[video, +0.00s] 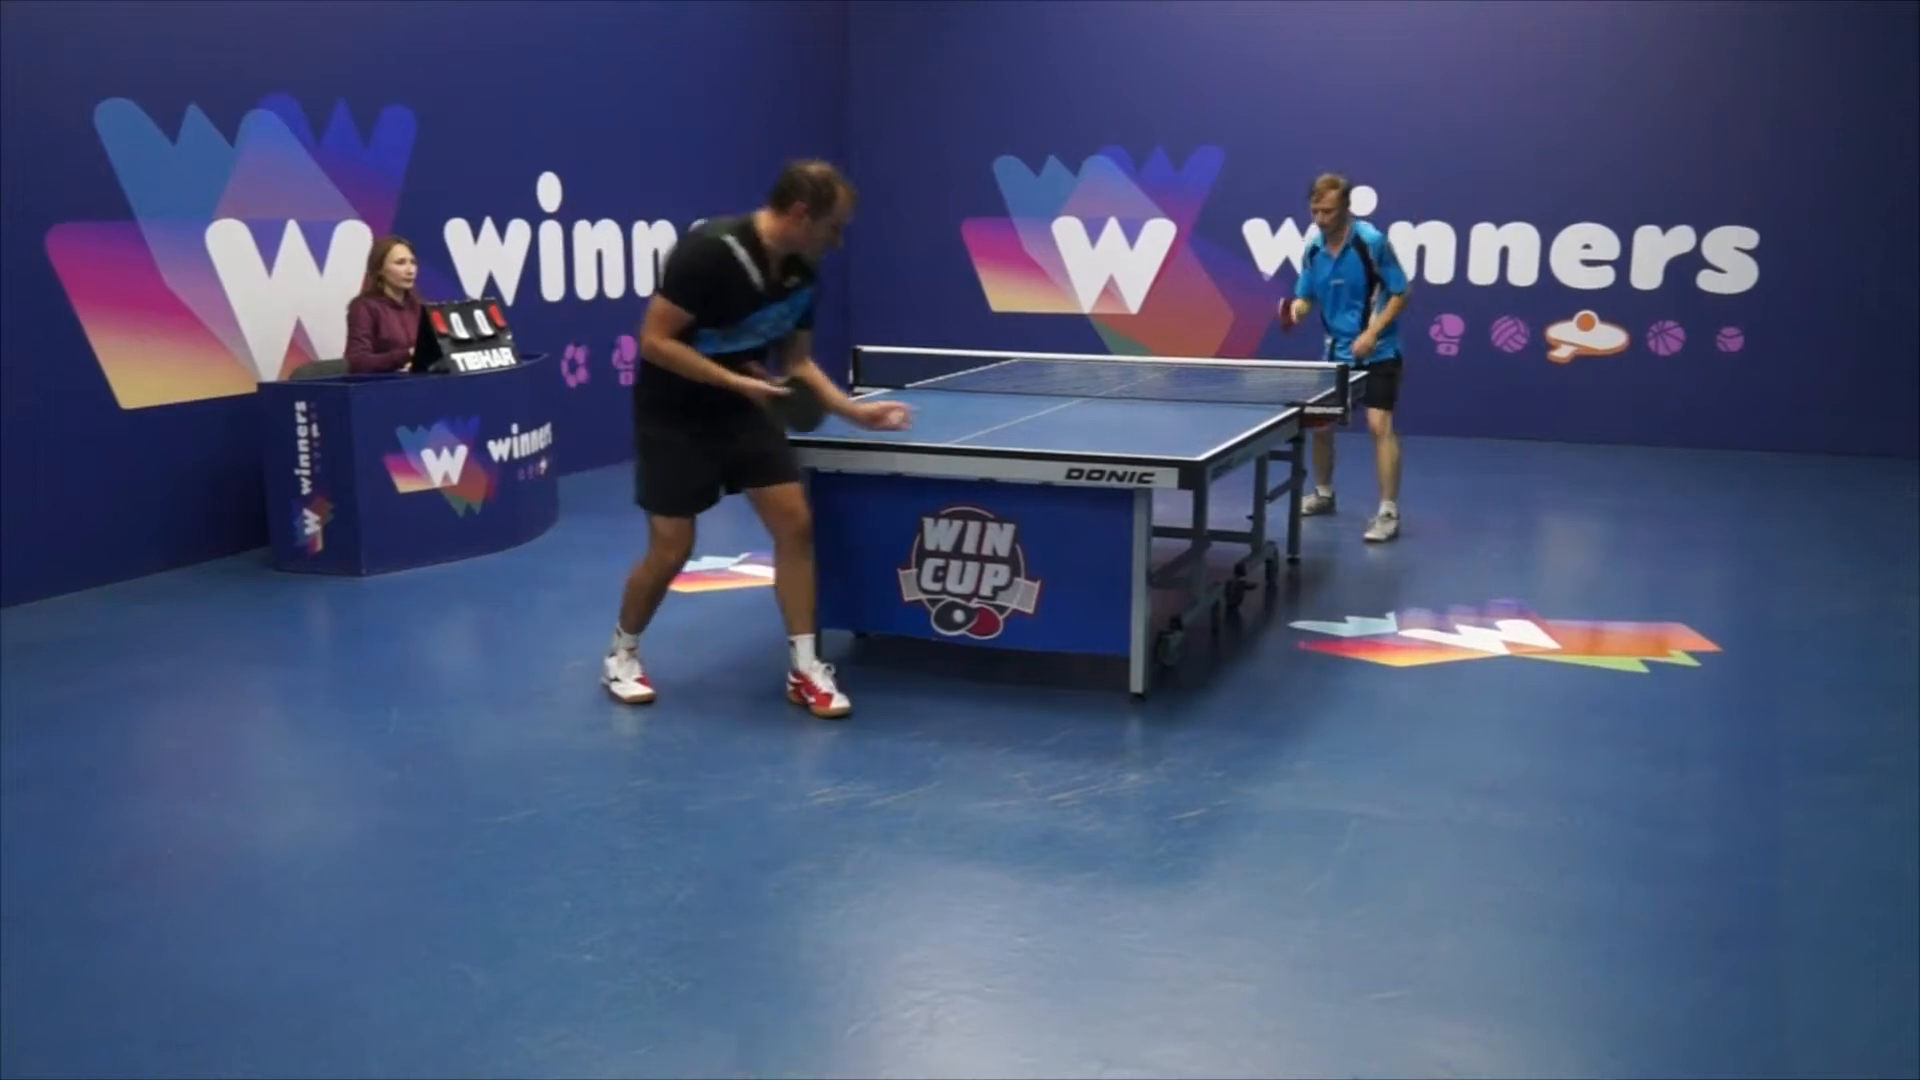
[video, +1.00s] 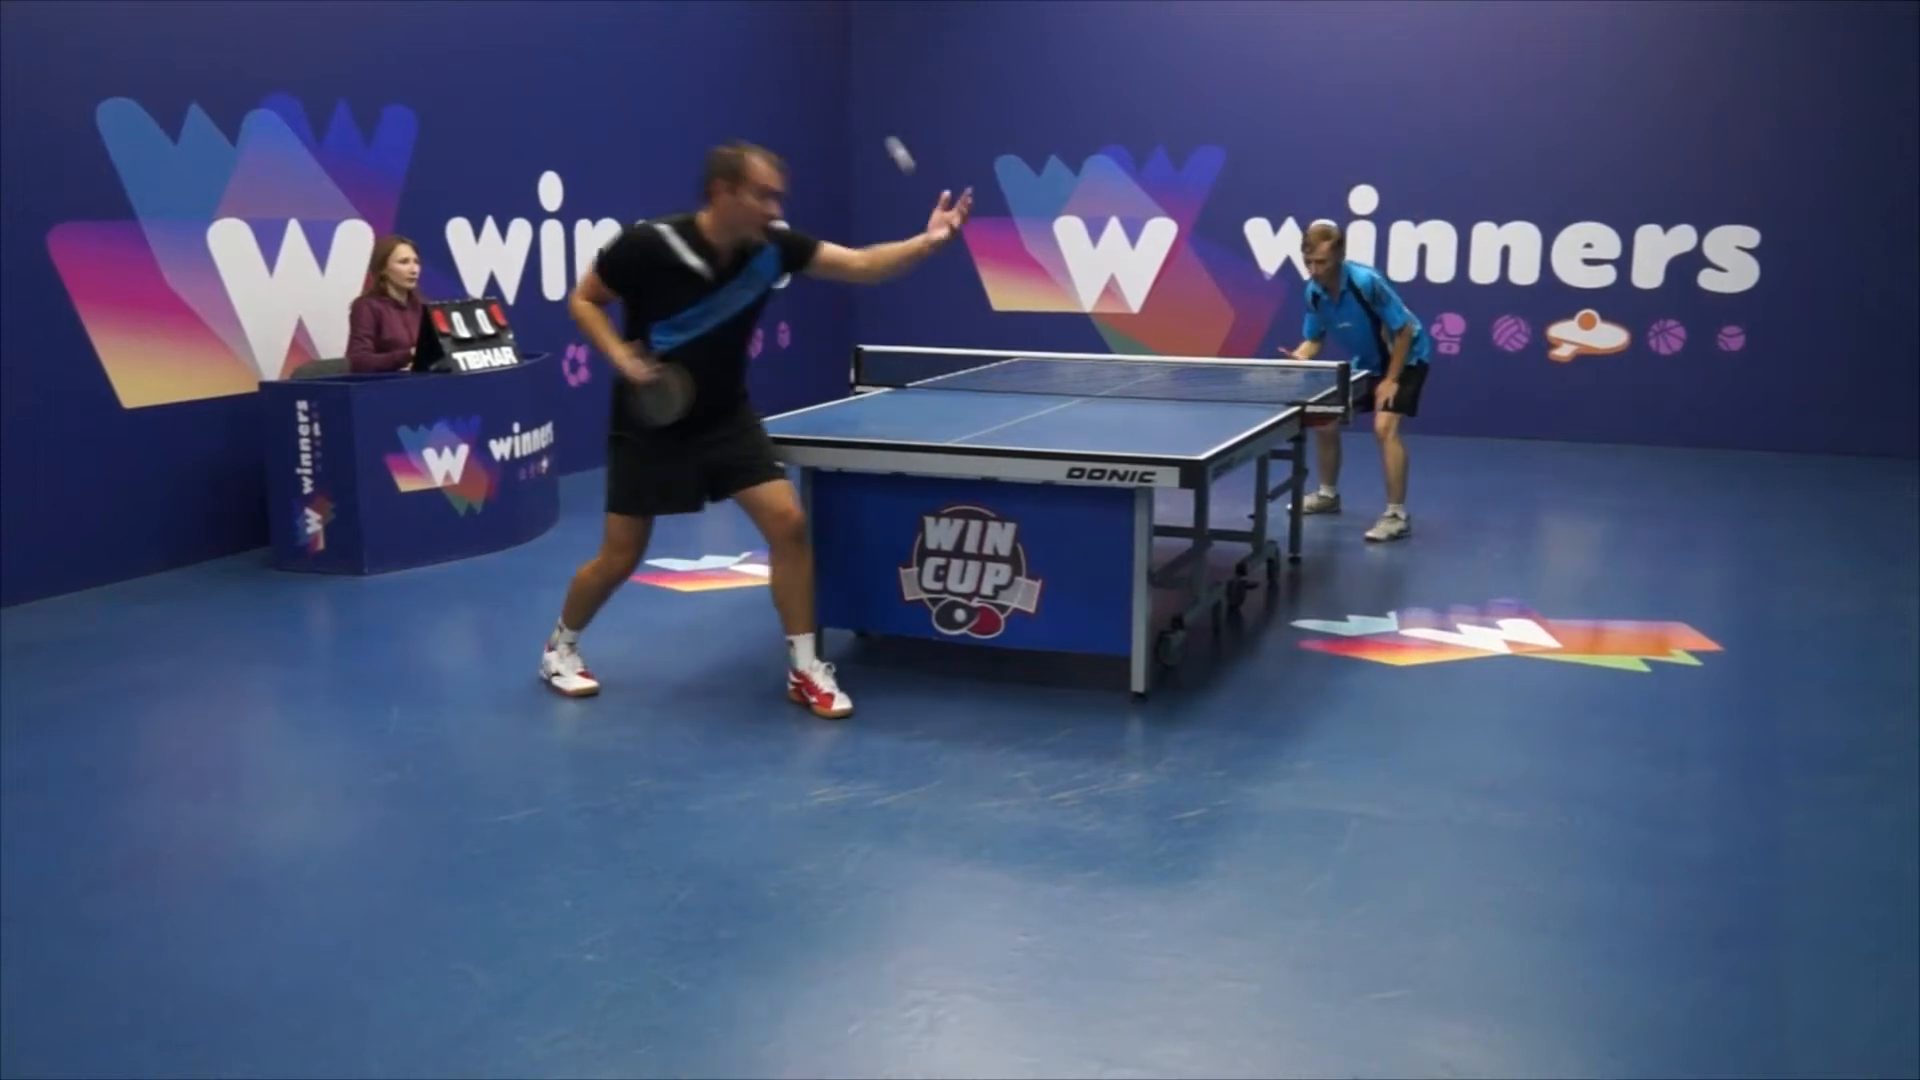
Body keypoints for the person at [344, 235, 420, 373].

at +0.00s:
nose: (410, 270)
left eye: (413, 262)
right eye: (400, 263)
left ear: (417, 265)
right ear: (379, 270)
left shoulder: (417, 307)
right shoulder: (363, 307)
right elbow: (358, 362)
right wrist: (408, 354)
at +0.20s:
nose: (411, 270)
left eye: (414, 262)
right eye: (401, 262)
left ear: (418, 265)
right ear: (380, 269)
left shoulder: (418, 307)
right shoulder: (364, 306)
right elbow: (358, 362)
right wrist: (408, 354)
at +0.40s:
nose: (412, 269)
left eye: (414, 262)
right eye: (402, 262)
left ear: (418, 265)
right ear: (380, 269)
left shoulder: (419, 307)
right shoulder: (365, 306)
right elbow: (358, 362)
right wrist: (408, 354)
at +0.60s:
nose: (412, 270)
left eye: (414, 262)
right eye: (402, 262)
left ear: (418, 265)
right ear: (381, 269)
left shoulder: (419, 307)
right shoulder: (365, 307)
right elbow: (359, 362)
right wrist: (409, 354)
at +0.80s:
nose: (413, 270)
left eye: (415, 262)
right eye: (403, 262)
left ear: (419, 265)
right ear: (381, 270)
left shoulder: (419, 308)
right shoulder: (366, 307)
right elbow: (359, 362)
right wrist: (409, 355)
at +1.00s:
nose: (414, 269)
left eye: (416, 262)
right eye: (404, 262)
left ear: (420, 265)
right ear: (382, 269)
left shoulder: (420, 308)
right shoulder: (366, 307)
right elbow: (359, 362)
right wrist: (409, 355)